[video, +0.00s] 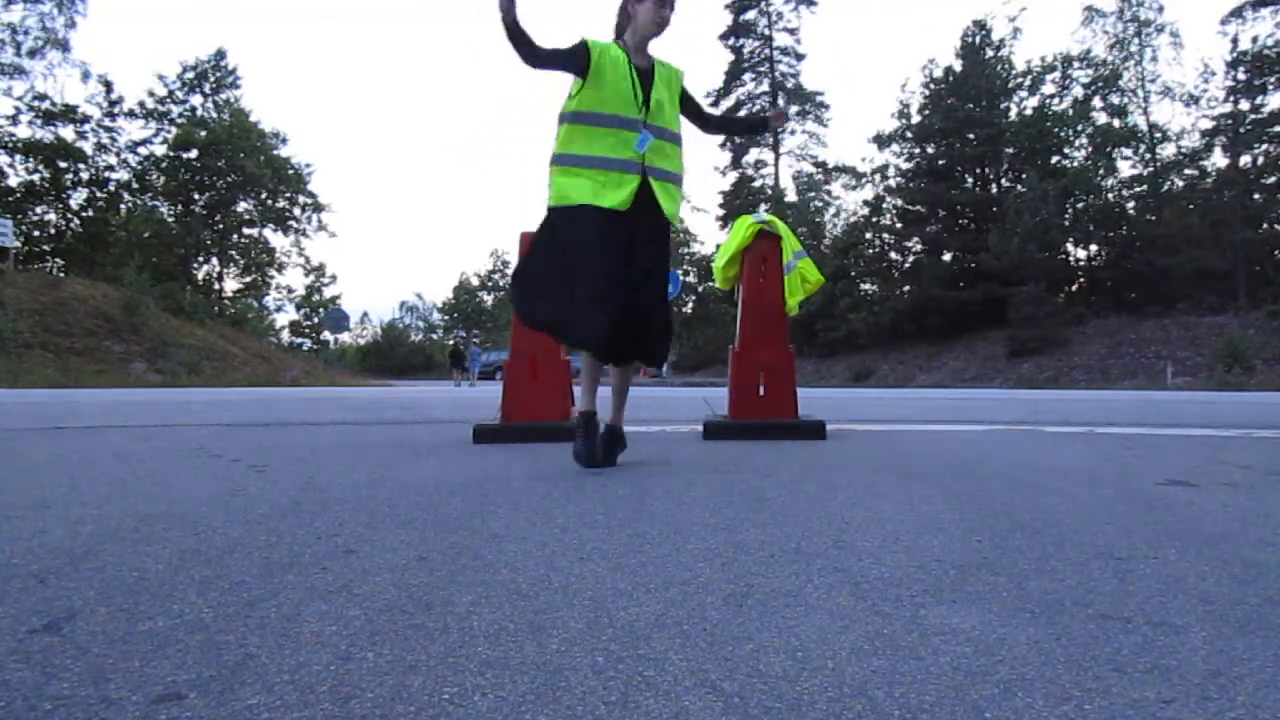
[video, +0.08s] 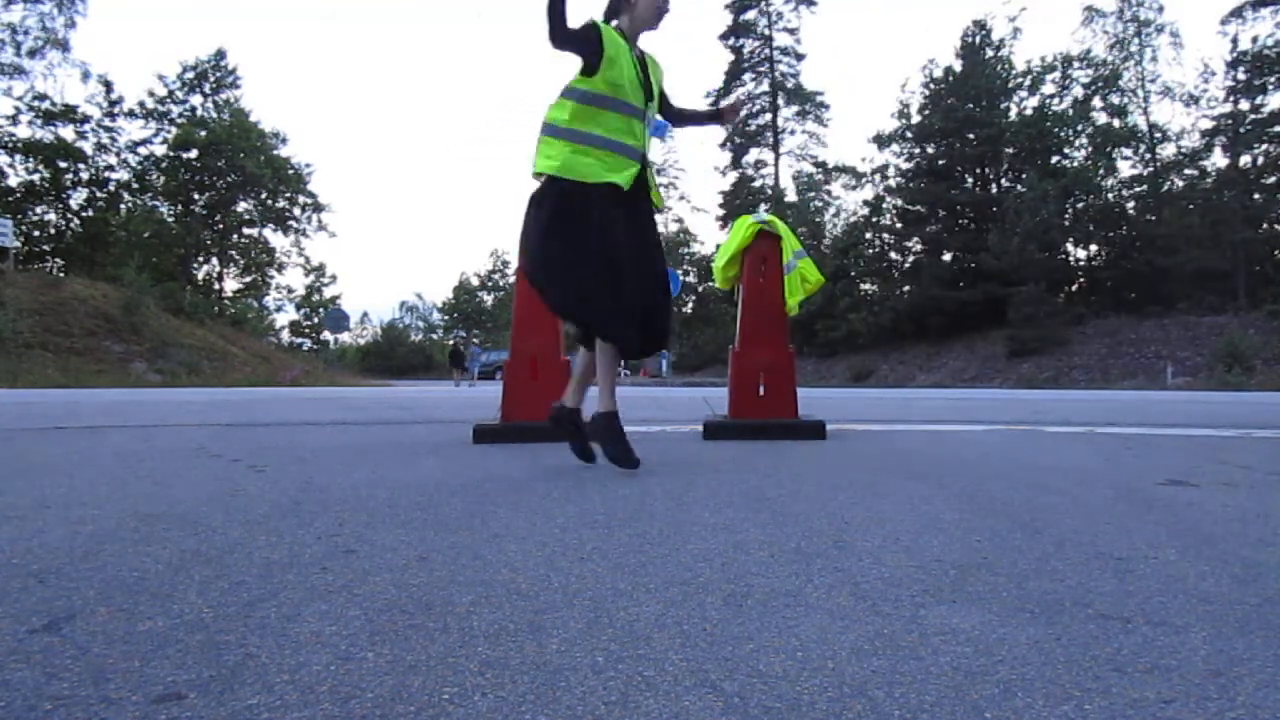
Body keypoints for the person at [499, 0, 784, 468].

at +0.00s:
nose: (667, 13)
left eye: (669, 8)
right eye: (659, 4)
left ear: (664, 20)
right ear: (631, 7)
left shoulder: (669, 78)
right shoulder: (596, 54)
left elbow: (711, 122)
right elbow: (537, 58)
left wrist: (765, 122)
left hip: (647, 214)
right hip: (591, 207)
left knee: (635, 320)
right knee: (596, 312)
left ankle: (616, 425)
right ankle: (586, 416)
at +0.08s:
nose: (664, 8)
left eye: (664, 3)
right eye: (657, 1)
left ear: (640, 8)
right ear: (630, 2)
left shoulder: (649, 66)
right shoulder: (601, 37)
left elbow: (669, 114)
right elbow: (561, 36)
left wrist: (717, 115)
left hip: (620, 195)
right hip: (581, 191)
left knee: (615, 304)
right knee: (611, 299)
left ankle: (569, 406)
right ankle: (604, 414)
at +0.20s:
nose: (651, 22)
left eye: (651, 15)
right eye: (647, 14)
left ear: (618, 14)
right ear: (625, 11)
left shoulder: (610, 68)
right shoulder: (603, 46)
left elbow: (597, 140)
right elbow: (619, 54)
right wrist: (668, 22)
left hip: (585, 200)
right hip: (591, 197)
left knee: (590, 315)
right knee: (618, 315)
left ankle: (539, 414)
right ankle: (598, 431)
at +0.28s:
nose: (632, 43)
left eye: (630, 35)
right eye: (630, 33)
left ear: (586, 35)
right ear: (618, 29)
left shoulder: (568, 88)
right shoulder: (610, 66)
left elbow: (547, 152)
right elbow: (662, 80)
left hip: (555, 223)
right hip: (599, 218)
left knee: (577, 332)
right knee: (628, 331)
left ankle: (533, 432)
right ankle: (589, 444)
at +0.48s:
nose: (566, 41)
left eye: (546, 38)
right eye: (580, 34)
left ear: (540, 40)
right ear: (584, 37)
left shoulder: (516, 83)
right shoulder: (617, 81)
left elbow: (450, 123)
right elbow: (678, 106)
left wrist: (382, 147)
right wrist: (728, 113)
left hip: (525, 235)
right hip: (598, 233)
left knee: (529, 336)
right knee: (609, 335)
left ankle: (519, 450)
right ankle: (589, 447)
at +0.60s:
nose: (502, 27)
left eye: (504, 18)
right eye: (503, 19)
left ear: (517, 17)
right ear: (552, 20)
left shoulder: (507, 53)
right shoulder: (587, 67)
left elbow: (446, 77)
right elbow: (622, 104)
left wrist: (366, 83)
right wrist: (587, 89)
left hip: (521, 213)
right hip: (588, 215)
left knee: (501, 324)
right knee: (574, 328)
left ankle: (501, 444)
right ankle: (581, 446)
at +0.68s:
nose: (481, 17)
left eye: (482, 9)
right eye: (481, 10)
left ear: (495, 9)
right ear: (529, 11)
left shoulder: (505, 41)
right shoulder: (553, 54)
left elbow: (464, 61)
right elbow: (569, 130)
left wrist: (400, 61)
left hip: (522, 207)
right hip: (576, 209)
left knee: (480, 320)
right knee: (564, 325)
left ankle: (458, 434)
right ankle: (573, 446)